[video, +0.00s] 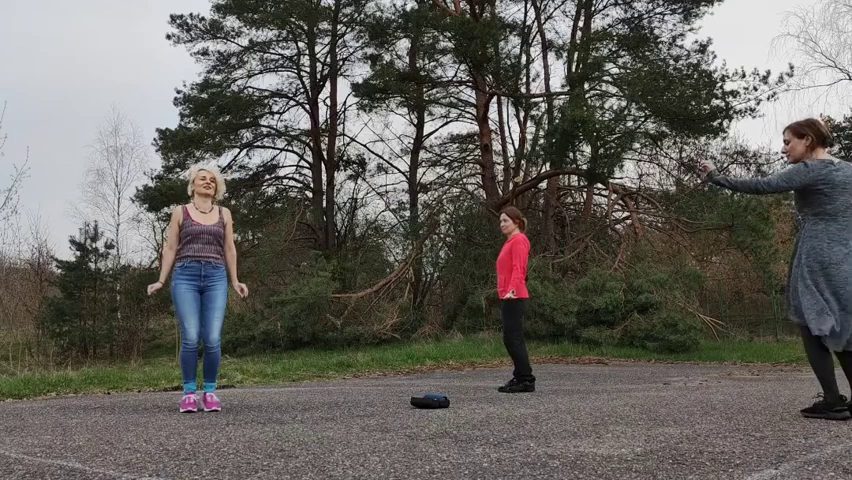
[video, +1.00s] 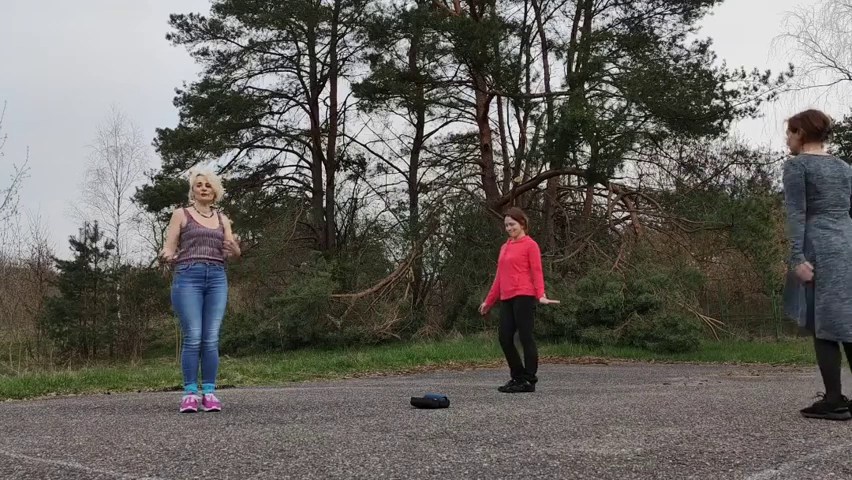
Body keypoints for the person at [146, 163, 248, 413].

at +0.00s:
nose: (207, 181)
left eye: (211, 179)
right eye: (202, 178)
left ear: (216, 187)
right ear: (192, 184)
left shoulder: (224, 213)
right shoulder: (180, 212)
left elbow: (230, 248)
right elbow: (170, 247)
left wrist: (234, 280)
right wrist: (162, 279)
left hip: (217, 276)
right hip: (185, 276)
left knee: (212, 339)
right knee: (191, 337)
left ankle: (210, 392)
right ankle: (189, 392)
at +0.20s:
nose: (206, 186)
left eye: (211, 183)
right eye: (201, 182)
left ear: (217, 189)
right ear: (193, 188)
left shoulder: (223, 217)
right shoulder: (181, 214)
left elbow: (230, 253)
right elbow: (171, 250)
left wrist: (235, 284)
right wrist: (166, 282)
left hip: (217, 280)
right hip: (185, 279)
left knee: (212, 340)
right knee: (192, 339)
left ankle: (209, 392)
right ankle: (190, 393)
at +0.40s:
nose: (201, 185)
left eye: (205, 181)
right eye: (196, 182)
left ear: (214, 186)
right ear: (190, 187)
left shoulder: (224, 215)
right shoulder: (181, 212)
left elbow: (230, 252)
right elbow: (171, 248)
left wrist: (233, 283)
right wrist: (172, 278)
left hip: (217, 277)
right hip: (186, 277)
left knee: (210, 338)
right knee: (191, 337)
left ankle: (209, 392)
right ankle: (190, 393)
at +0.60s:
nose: (204, 187)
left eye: (208, 184)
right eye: (199, 184)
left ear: (214, 189)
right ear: (191, 188)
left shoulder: (224, 216)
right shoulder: (180, 214)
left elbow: (231, 252)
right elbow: (171, 249)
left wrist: (235, 282)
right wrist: (176, 280)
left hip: (216, 276)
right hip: (185, 276)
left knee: (210, 337)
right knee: (191, 337)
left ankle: (209, 392)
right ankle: (190, 393)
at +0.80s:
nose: (209, 191)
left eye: (213, 188)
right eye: (204, 187)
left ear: (217, 192)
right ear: (193, 190)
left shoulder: (222, 218)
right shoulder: (180, 214)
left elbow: (236, 245)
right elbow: (166, 248)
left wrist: (233, 271)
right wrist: (175, 268)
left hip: (217, 277)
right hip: (188, 277)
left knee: (211, 338)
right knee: (192, 337)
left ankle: (209, 393)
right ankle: (190, 393)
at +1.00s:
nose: (204, 189)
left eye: (208, 185)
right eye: (199, 185)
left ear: (216, 190)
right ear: (192, 190)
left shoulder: (222, 219)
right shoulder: (181, 214)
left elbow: (233, 254)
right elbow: (169, 248)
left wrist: (234, 249)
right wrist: (168, 255)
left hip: (217, 277)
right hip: (188, 277)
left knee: (211, 338)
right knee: (193, 336)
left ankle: (209, 393)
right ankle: (190, 393)